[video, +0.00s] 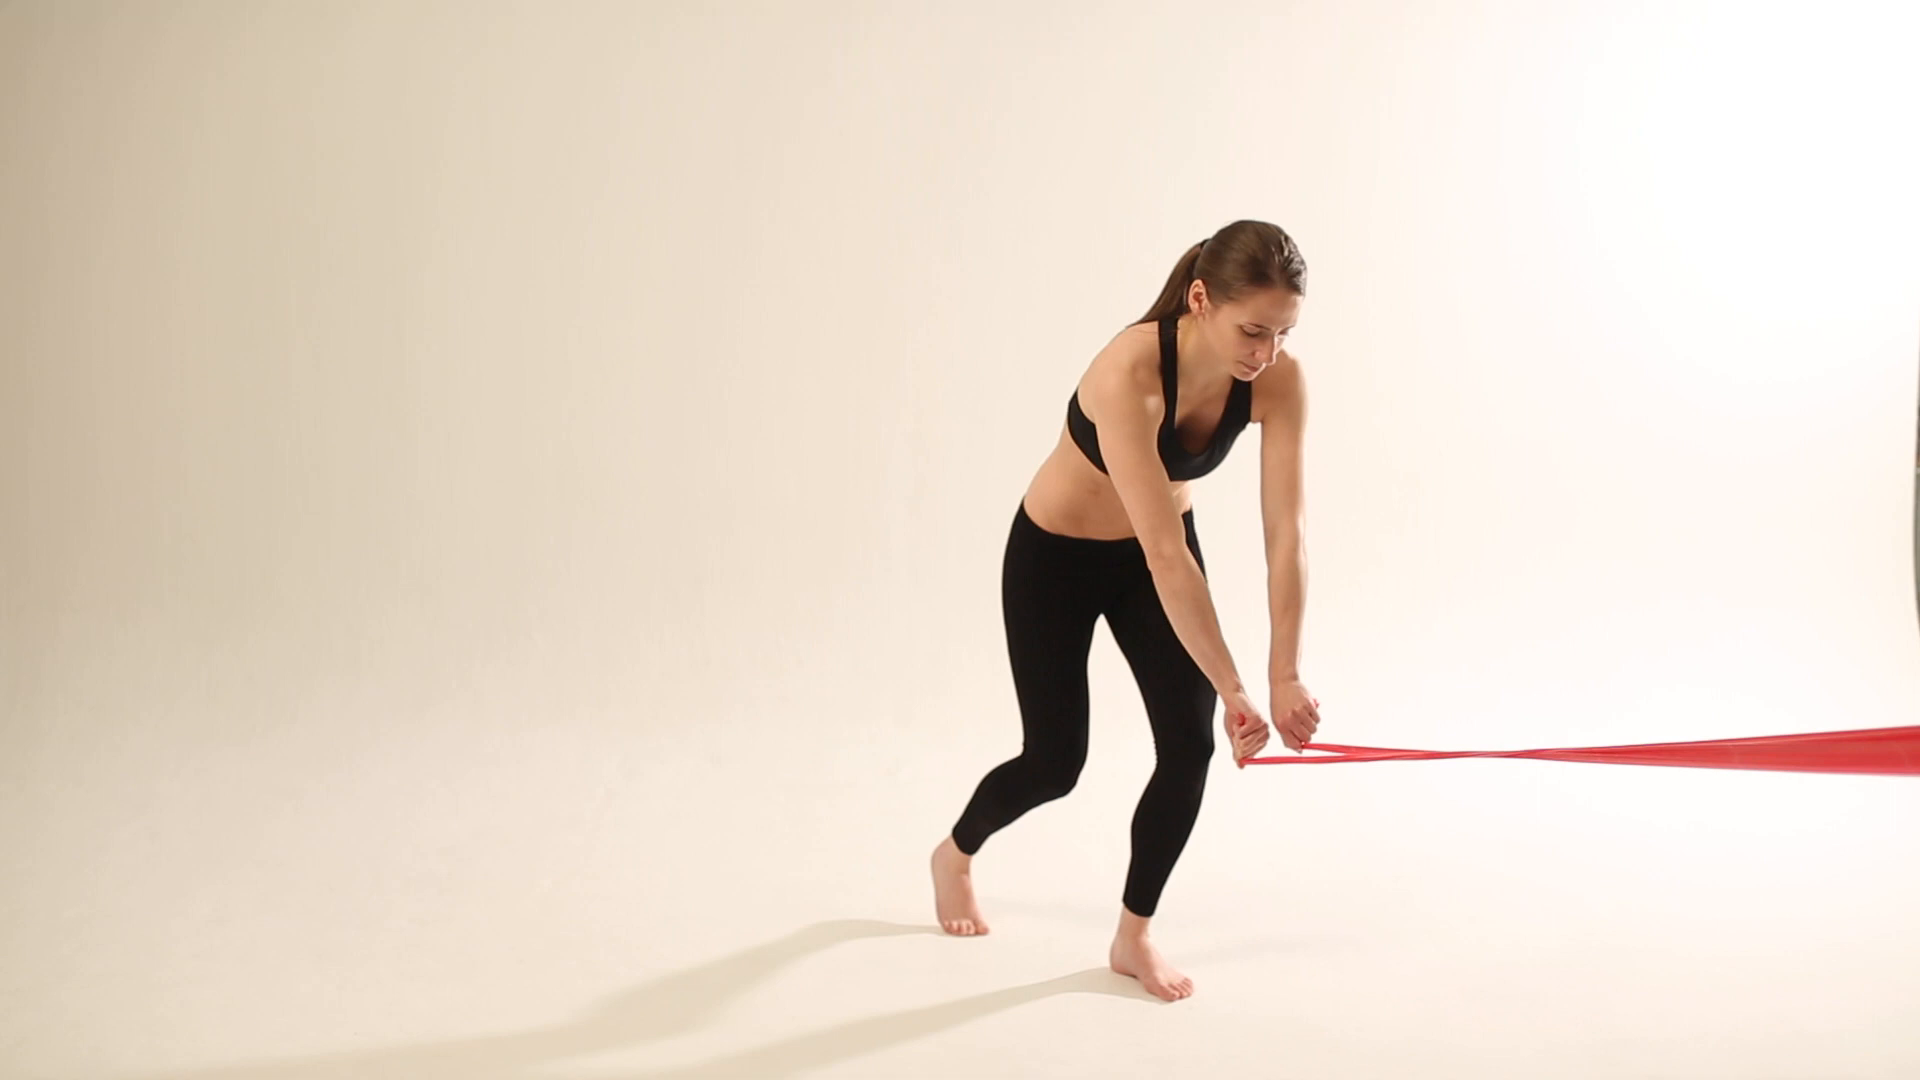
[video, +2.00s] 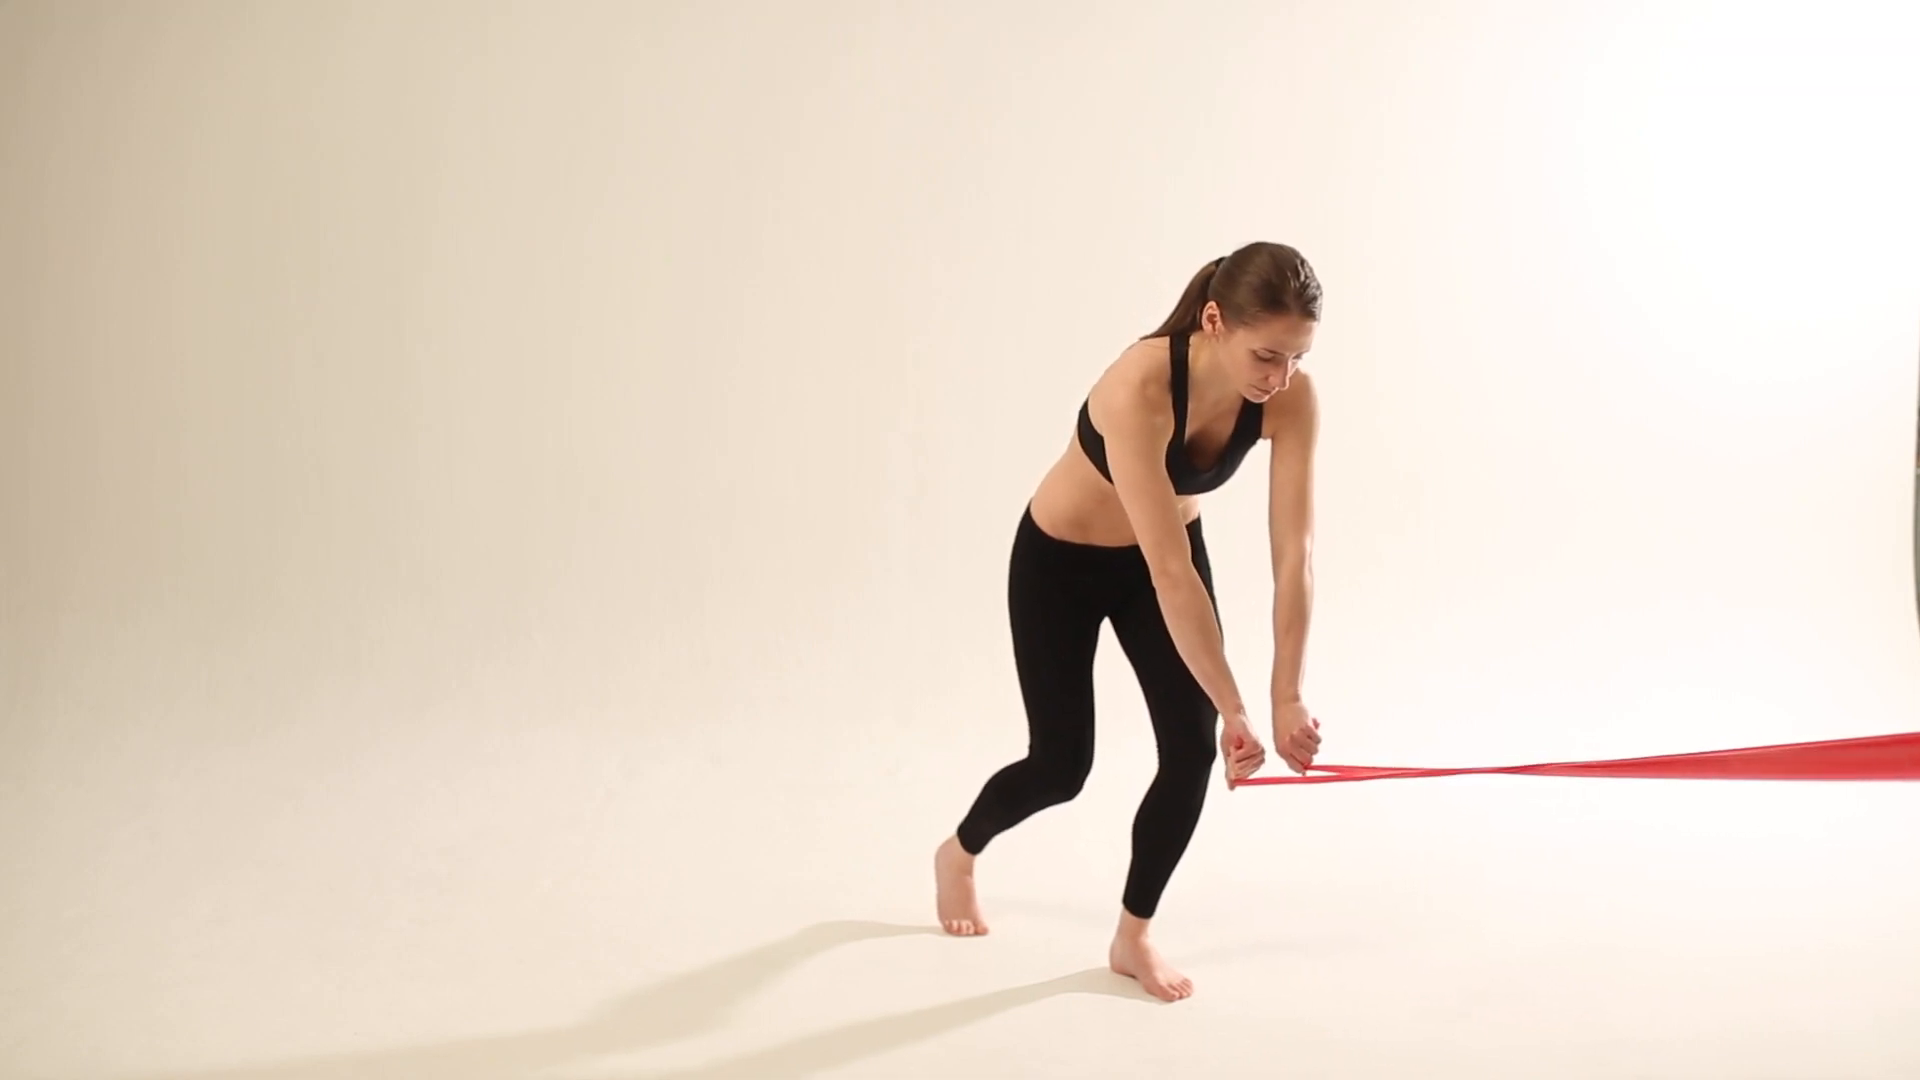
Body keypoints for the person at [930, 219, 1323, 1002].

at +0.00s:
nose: (1268, 351)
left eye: (1282, 332)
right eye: (1253, 330)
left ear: (1295, 313)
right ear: (1198, 299)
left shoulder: (1275, 376)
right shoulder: (1126, 374)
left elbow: (1284, 535)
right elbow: (1166, 557)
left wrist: (1284, 675)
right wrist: (1232, 689)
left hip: (1159, 555)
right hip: (1055, 556)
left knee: (1186, 749)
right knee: (1055, 760)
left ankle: (1133, 931)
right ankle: (954, 851)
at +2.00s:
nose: (1283, 376)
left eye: (1296, 357)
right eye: (1268, 354)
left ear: (1309, 338)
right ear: (1212, 322)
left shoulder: (1287, 397)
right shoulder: (1137, 387)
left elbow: (1293, 551)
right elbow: (1170, 572)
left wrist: (1287, 696)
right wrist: (1232, 710)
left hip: (1165, 557)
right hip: (1061, 558)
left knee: (1189, 752)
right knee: (1061, 765)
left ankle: (1133, 931)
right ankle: (959, 851)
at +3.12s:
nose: (1186, 286)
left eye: (1196, 267)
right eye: (1170, 265)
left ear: (1205, 257)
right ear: (1117, 244)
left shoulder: (1198, 326)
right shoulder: (1054, 330)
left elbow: (1224, 465)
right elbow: (1105, 488)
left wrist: (1243, 591)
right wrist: (1182, 612)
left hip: (1114, 549)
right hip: (1013, 552)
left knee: (1161, 732)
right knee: (1042, 755)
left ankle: (1133, 930)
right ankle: (972, 852)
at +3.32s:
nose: (1107, 228)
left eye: (1118, 211)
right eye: (1092, 209)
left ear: (1127, 209)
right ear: (1041, 194)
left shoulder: (1122, 280)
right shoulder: (983, 289)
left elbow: (1164, 404)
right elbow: (1028, 430)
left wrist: (1187, 509)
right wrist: (1125, 527)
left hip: (1065, 525)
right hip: (963, 525)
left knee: (1117, 711)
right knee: (1006, 722)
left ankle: (1139, 915)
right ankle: (973, 866)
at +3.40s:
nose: (1076, 204)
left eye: (1088, 186)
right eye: (1062, 184)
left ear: (1097, 187)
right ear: (1011, 173)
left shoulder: (1092, 258)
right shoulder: (956, 264)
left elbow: (1150, 375)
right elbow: (983, 405)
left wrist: (1159, 467)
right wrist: (1093, 483)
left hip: (1043, 509)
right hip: (945, 513)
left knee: (1100, 696)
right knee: (988, 705)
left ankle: (1118, 897)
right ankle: (974, 873)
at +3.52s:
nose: (1040, 170)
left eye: (1050, 153)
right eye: (1025, 151)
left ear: (1056, 157)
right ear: (973, 147)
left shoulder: (1058, 235)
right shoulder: (922, 240)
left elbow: (1143, 334)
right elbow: (915, 381)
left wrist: (1132, 395)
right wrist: (1035, 414)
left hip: (1023, 492)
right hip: (925, 499)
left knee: (1076, 676)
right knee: (964, 690)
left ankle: (1033, 839)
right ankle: (971, 874)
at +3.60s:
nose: (1018, 153)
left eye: (1028, 137)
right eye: (1003, 135)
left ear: (1032, 140)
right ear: (951, 132)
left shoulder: (1038, 220)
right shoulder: (902, 228)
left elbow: (1136, 308)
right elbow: (874, 361)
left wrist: (1126, 349)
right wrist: (985, 368)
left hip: (1015, 484)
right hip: (918, 490)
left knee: (1051, 677)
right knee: (953, 682)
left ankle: (987, 786)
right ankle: (966, 871)